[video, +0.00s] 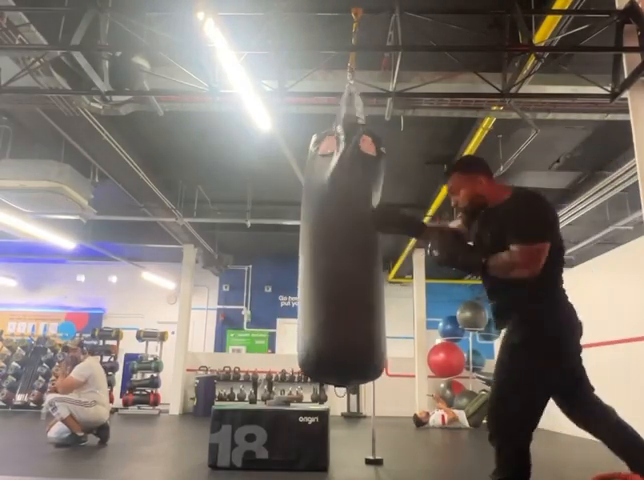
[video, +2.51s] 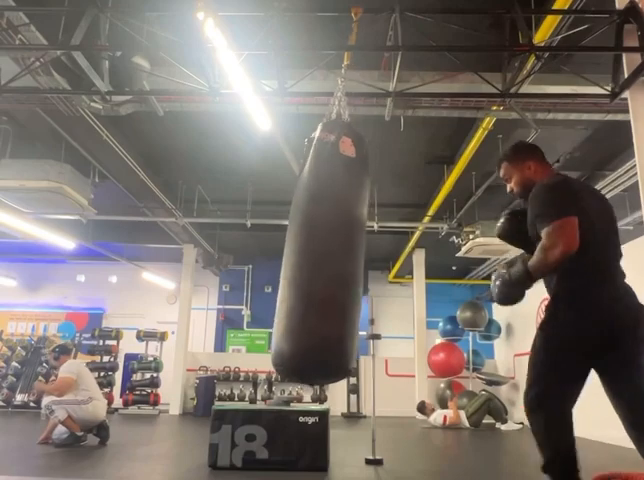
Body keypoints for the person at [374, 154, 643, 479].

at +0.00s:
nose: (457, 201)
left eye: (457, 192)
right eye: (453, 195)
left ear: (480, 180)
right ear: (481, 182)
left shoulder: (527, 204)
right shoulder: (483, 217)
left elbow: (528, 263)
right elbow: (449, 234)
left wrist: (470, 259)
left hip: (537, 328)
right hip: (547, 325)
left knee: (508, 430)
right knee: (584, 408)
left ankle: (510, 475)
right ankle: (642, 460)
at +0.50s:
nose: (484, 200)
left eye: (484, 189)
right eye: (481, 192)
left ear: (504, 178)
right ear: (516, 179)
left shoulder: (513, 200)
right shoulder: (562, 204)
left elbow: (524, 252)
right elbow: (561, 263)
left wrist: (495, 313)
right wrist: (505, 249)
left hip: (557, 310)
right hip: (598, 304)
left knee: (535, 409)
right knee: (606, 402)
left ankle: (548, 473)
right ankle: (640, 466)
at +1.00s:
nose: (499, 210)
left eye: (499, 199)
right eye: (497, 203)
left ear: (519, 187)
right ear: (526, 187)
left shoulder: (542, 204)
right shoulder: (573, 209)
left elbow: (539, 254)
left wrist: (495, 255)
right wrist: (518, 236)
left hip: (561, 326)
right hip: (597, 323)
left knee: (528, 419)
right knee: (608, 417)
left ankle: (513, 473)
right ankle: (634, 471)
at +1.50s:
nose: (435, 212)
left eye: (434, 205)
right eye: (432, 206)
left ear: (445, 199)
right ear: (465, 191)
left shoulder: (452, 229)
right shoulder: (512, 208)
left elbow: (447, 291)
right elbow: (537, 245)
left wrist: (447, 266)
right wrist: (502, 250)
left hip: (493, 335)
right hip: (543, 328)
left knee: (464, 431)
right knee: (579, 413)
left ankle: (452, 474)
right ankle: (626, 474)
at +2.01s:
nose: (484, 209)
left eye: (484, 203)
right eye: (482, 205)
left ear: (497, 192)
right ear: (516, 189)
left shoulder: (498, 212)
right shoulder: (570, 215)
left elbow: (493, 260)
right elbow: (573, 275)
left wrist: (468, 308)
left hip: (527, 334)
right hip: (579, 334)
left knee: (491, 422)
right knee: (594, 427)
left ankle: (475, 472)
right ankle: (616, 476)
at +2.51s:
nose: (509, 189)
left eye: (509, 179)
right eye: (506, 183)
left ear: (530, 167)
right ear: (538, 167)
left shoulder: (547, 191)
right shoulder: (590, 193)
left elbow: (562, 243)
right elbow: (589, 256)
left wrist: (520, 276)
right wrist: (527, 240)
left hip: (575, 311)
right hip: (620, 305)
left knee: (544, 401)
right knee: (636, 405)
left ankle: (562, 474)